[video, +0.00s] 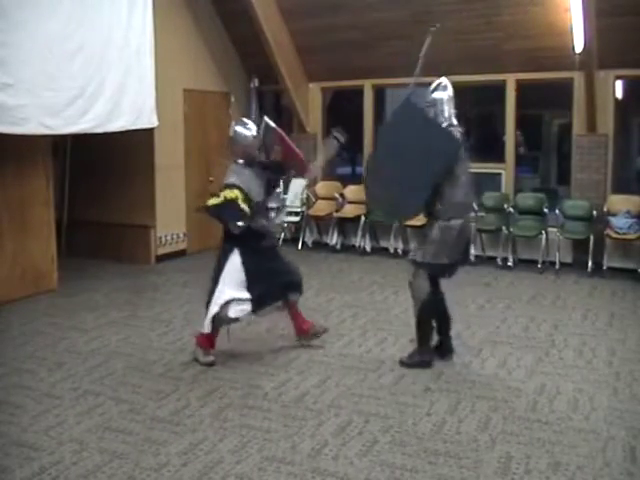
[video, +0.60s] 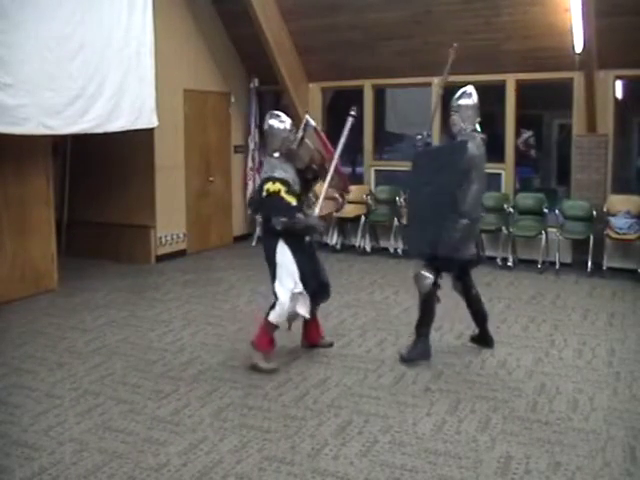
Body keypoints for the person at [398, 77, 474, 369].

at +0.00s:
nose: (424, 114)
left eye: (427, 108)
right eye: (425, 108)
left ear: (434, 109)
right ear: (447, 107)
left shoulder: (444, 140)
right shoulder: (453, 138)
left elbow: (429, 179)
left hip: (447, 220)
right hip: (456, 217)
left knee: (420, 279)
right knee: (430, 279)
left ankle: (424, 349)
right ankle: (444, 343)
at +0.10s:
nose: (432, 116)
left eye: (437, 110)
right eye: (430, 110)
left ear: (448, 112)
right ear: (428, 112)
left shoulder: (449, 143)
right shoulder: (439, 142)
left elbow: (424, 177)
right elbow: (424, 176)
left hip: (448, 226)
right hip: (441, 223)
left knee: (415, 282)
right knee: (424, 279)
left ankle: (422, 348)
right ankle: (445, 330)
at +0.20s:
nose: (435, 116)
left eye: (440, 111)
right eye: (435, 111)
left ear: (448, 114)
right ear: (437, 114)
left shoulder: (451, 145)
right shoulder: (441, 141)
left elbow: (428, 171)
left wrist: (426, 158)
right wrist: (429, 163)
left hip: (448, 226)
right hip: (444, 224)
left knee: (411, 281)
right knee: (428, 279)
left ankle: (422, 349)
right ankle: (459, 323)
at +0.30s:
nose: (438, 116)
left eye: (441, 112)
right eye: (440, 111)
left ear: (446, 115)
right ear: (459, 115)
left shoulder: (451, 145)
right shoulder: (458, 142)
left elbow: (429, 172)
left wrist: (388, 184)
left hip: (445, 225)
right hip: (454, 223)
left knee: (411, 282)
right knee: (448, 281)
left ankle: (421, 350)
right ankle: (475, 327)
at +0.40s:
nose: (446, 118)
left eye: (450, 114)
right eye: (448, 113)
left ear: (453, 119)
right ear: (466, 120)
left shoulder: (447, 150)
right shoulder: (469, 149)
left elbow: (425, 181)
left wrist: (410, 149)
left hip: (444, 223)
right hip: (463, 222)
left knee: (416, 282)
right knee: (461, 284)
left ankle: (422, 349)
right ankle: (483, 333)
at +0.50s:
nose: (449, 118)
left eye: (454, 114)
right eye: (451, 113)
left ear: (464, 118)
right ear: (467, 119)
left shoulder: (460, 149)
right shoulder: (472, 146)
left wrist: (418, 153)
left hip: (449, 224)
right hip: (464, 222)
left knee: (424, 281)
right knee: (460, 282)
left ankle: (422, 347)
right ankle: (483, 332)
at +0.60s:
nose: (454, 118)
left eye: (460, 113)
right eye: (454, 113)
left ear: (471, 116)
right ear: (452, 115)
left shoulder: (469, 147)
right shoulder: (460, 144)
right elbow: (436, 171)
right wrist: (423, 152)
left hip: (450, 225)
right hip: (459, 224)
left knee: (426, 280)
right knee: (464, 281)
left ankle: (421, 342)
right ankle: (484, 333)